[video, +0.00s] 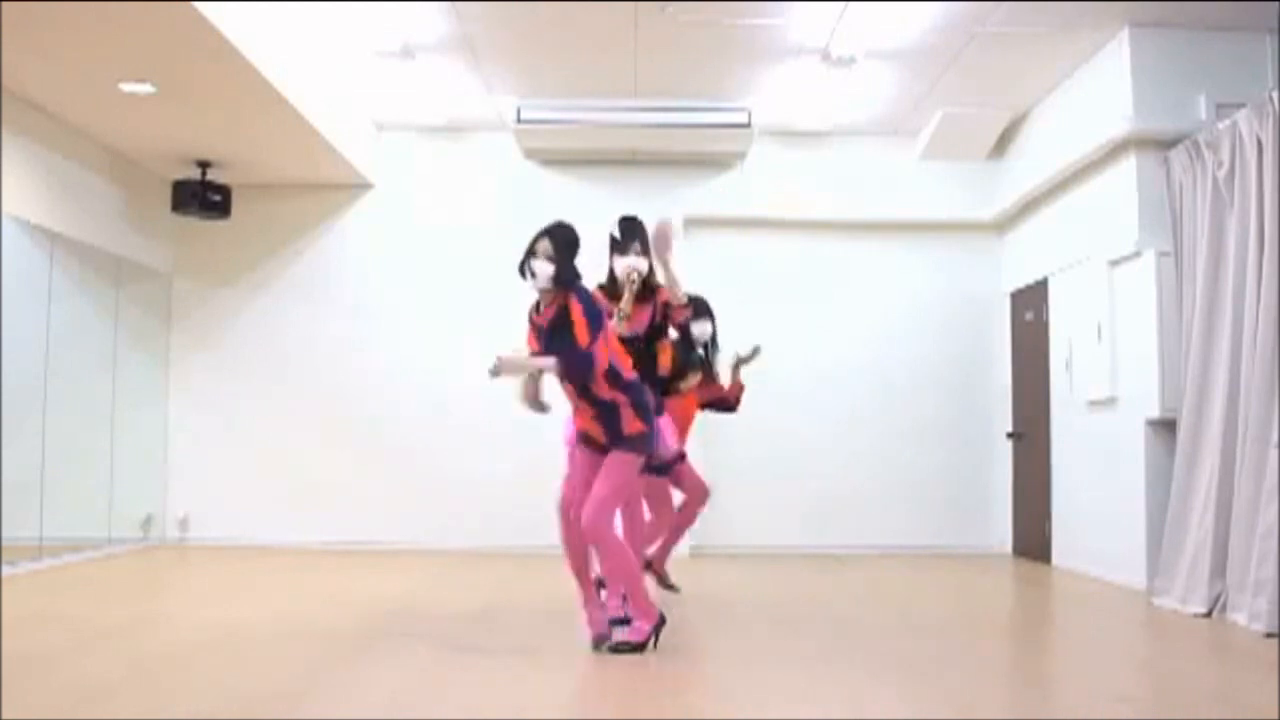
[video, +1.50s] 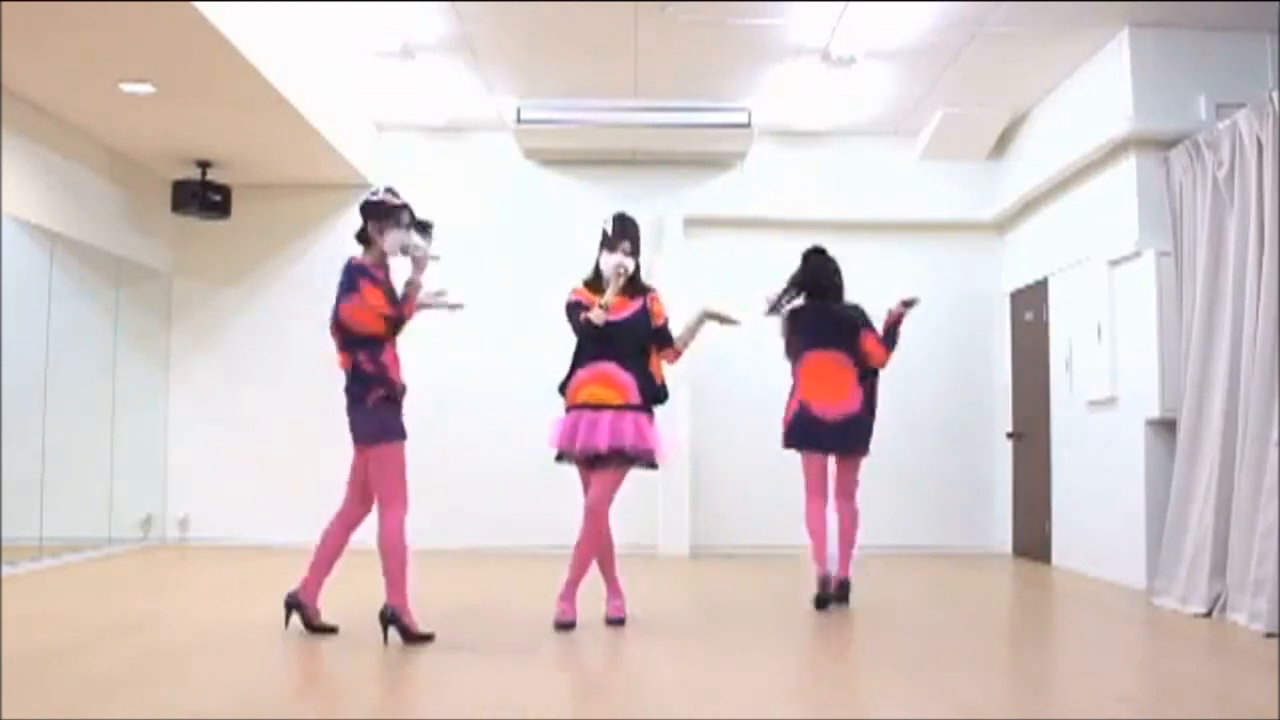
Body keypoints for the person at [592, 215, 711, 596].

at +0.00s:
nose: (631, 265)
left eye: (638, 256)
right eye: (623, 256)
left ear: (648, 260)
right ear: (610, 259)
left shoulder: (658, 303)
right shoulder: (598, 301)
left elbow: (686, 328)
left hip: (648, 401)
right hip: (602, 401)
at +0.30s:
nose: (620, 256)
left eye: (627, 247)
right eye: (612, 247)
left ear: (637, 251)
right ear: (599, 249)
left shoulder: (655, 297)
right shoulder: (582, 299)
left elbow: (683, 352)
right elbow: (572, 353)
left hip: (647, 403)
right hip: (602, 404)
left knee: (641, 504)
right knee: (606, 506)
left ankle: (635, 591)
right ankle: (612, 594)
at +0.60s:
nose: (620, 256)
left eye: (627, 247)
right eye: (612, 247)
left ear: (637, 251)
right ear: (600, 252)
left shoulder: (654, 296)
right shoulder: (586, 294)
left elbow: (658, 344)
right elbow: (595, 322)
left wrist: (665, 378)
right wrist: (614, 286)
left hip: (646, 395)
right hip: (602, 396)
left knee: (641, 500)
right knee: (605, 501)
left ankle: (636, 589)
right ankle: (612, 590)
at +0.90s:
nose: (620, 255)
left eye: (627, 246)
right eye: (612, 246)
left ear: (637, 250)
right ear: (599, 251)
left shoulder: (654, 295)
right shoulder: (585, 294)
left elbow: (662, 344)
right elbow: (593, 322)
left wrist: (667, 374)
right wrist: (612, 287)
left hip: (645, 397)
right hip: (601, 398)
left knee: (641, 500)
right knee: (606, 501)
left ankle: (636, 589)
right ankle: (612, 589)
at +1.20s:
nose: (622, 253)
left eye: (629, 245)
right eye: (614, 245)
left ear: (639, 249)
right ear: (601, 248)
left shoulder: (655, 289)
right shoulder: (586, 291)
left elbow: (711, 298)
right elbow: (583, 320)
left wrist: (684, 283)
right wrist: (609, 284)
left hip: (636, 401)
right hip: (593, 401)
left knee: (617, 490)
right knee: (601, 498)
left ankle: (632, 578)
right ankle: (612, 588)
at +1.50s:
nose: (620, 261)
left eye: (628, 253)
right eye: (613, 252)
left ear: (637, 258)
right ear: (599, 253)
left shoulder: (647, 301)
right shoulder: (581, 295)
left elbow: (669, 351)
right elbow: (585, 323)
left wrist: (702, 317)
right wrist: (610, 292)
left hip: (627, 406)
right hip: (585, 404)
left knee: (597, 504)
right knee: (594, 506)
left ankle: (567, 593)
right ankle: (614, 592)